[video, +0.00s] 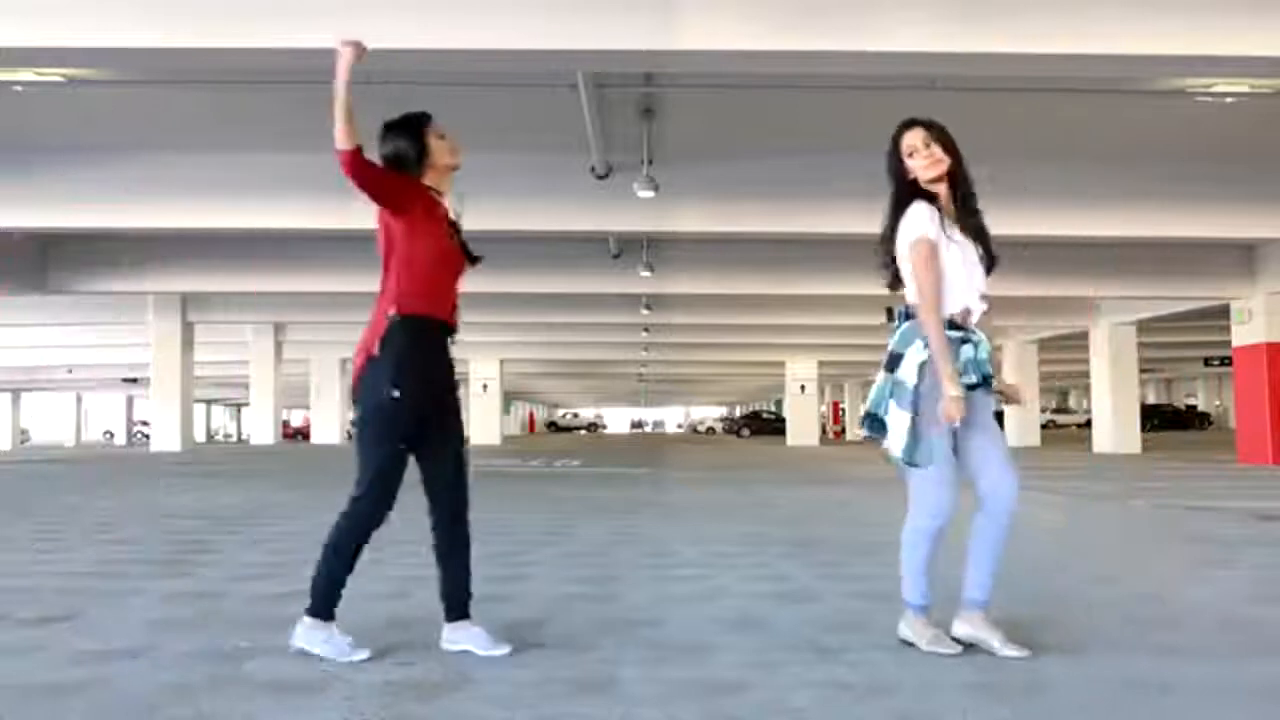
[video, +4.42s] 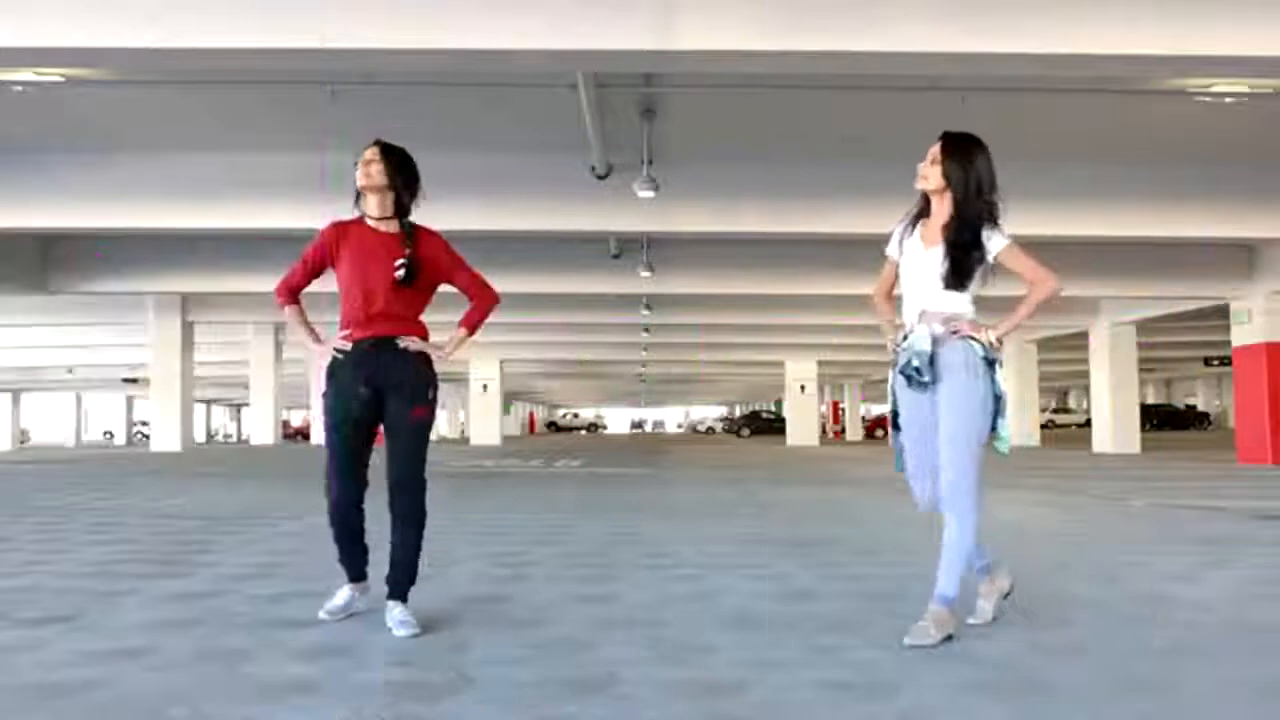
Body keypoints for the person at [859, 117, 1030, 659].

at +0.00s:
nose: (926, 157)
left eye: (932, 145)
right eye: (913, 154)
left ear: (951, 152)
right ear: (905, 171)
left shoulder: (960, 222)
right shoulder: (919, 218)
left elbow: (964, 308)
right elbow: (926, 304)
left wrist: (989, 376)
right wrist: (949, 381)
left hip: (967, 358)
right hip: (929, 358)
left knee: (1000, 486)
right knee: (932, 497)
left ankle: (972, 614)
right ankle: (914, 616)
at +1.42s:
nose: (925, 164)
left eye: (932, 153)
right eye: (916, 160)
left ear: (956, 155)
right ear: (911, 171)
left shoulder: (985, 224)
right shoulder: (917, 216)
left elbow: (996, 301)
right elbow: (869, 287)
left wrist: (1007, 358)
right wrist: (887, 358)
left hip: (968, 362)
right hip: (915, 356)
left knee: (995, 493)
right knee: (924, 490)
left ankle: (977, 616)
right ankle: (912, 615)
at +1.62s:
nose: (920, 155)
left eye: (929, 146)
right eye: (918, 146)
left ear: (958, 150)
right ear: (921, 153)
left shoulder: (1003, 213)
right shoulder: (910, 209)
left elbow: (1068, 257)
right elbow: (842, 242)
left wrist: (1034, 315)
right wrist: (869, 291)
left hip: (984, 353)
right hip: (918, 353)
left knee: (984, 490)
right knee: (920, 491)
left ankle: (1008, 613)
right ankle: (912, 614)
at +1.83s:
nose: (936, 159)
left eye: (945, 151)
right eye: (938, 150)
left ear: (972, 159)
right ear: (953, 159)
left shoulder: (1013, 215)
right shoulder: (930, 216)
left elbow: (1083, 268)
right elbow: (905, 274)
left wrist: (1036, 321)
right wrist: (916, 315)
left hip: (998, 359)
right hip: (938, 356)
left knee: (1003, 489)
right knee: (926, 487)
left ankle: (1009, 613)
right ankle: (910, 609)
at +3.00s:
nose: (997, 153)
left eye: (1010, 151)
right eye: (991, 143)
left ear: (1017, 172)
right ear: (970, 156)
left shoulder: (1026, 223)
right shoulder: (941, 227)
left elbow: (1095, 266)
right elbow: (914, 289)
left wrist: (1056, 325)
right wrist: (936, 333)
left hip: (1021, 359)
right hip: (963, 363)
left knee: (1016, 490)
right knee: (950, 490)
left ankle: (1012, 613)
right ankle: (984, 575)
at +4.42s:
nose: (922, 167)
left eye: (933, 162)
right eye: (926, 159)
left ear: (957, 175)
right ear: (932, 171)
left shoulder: (979, 233)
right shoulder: (906, 232)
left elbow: (1045, 282)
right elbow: (881, 294)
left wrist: (1000, 330)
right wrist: (895, 328)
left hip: (960, 359)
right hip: (913, 360)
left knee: (958, 486)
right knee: (926, 489)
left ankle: (942, 606)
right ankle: (989, 575)